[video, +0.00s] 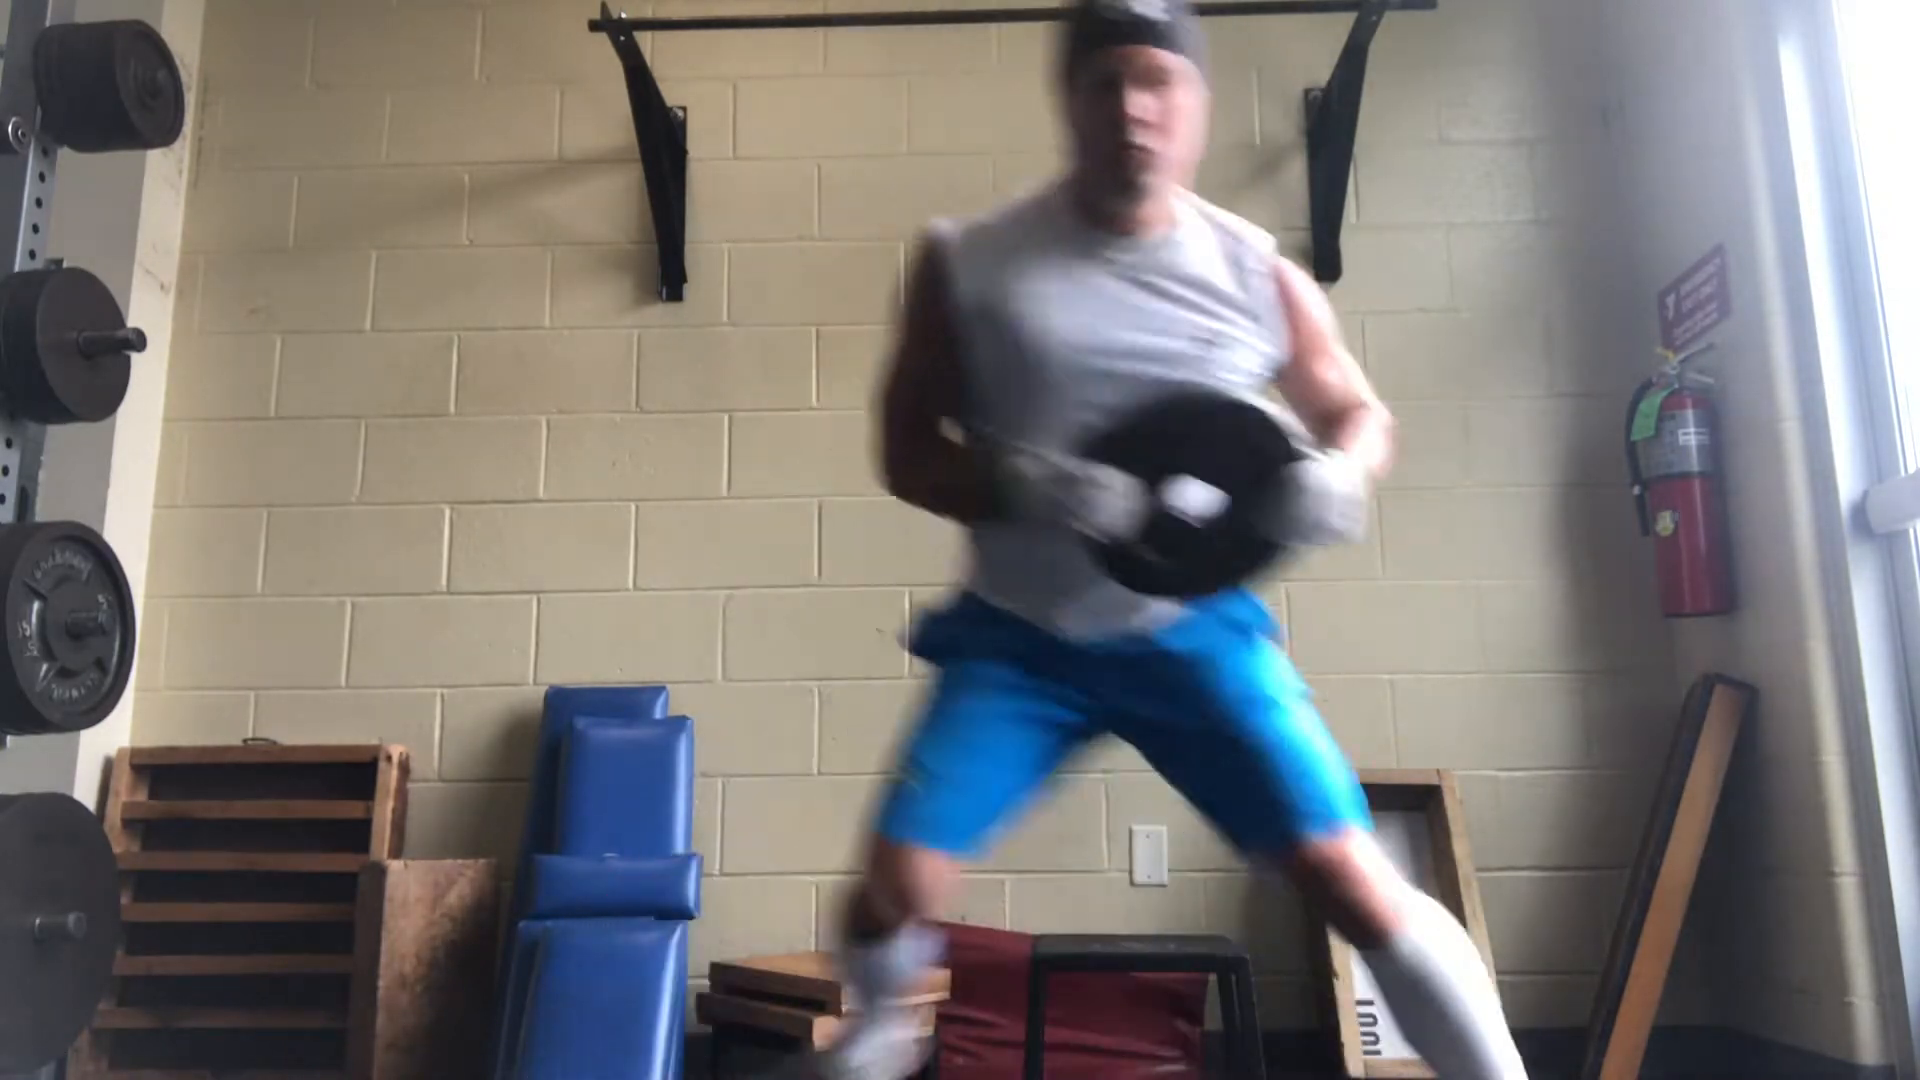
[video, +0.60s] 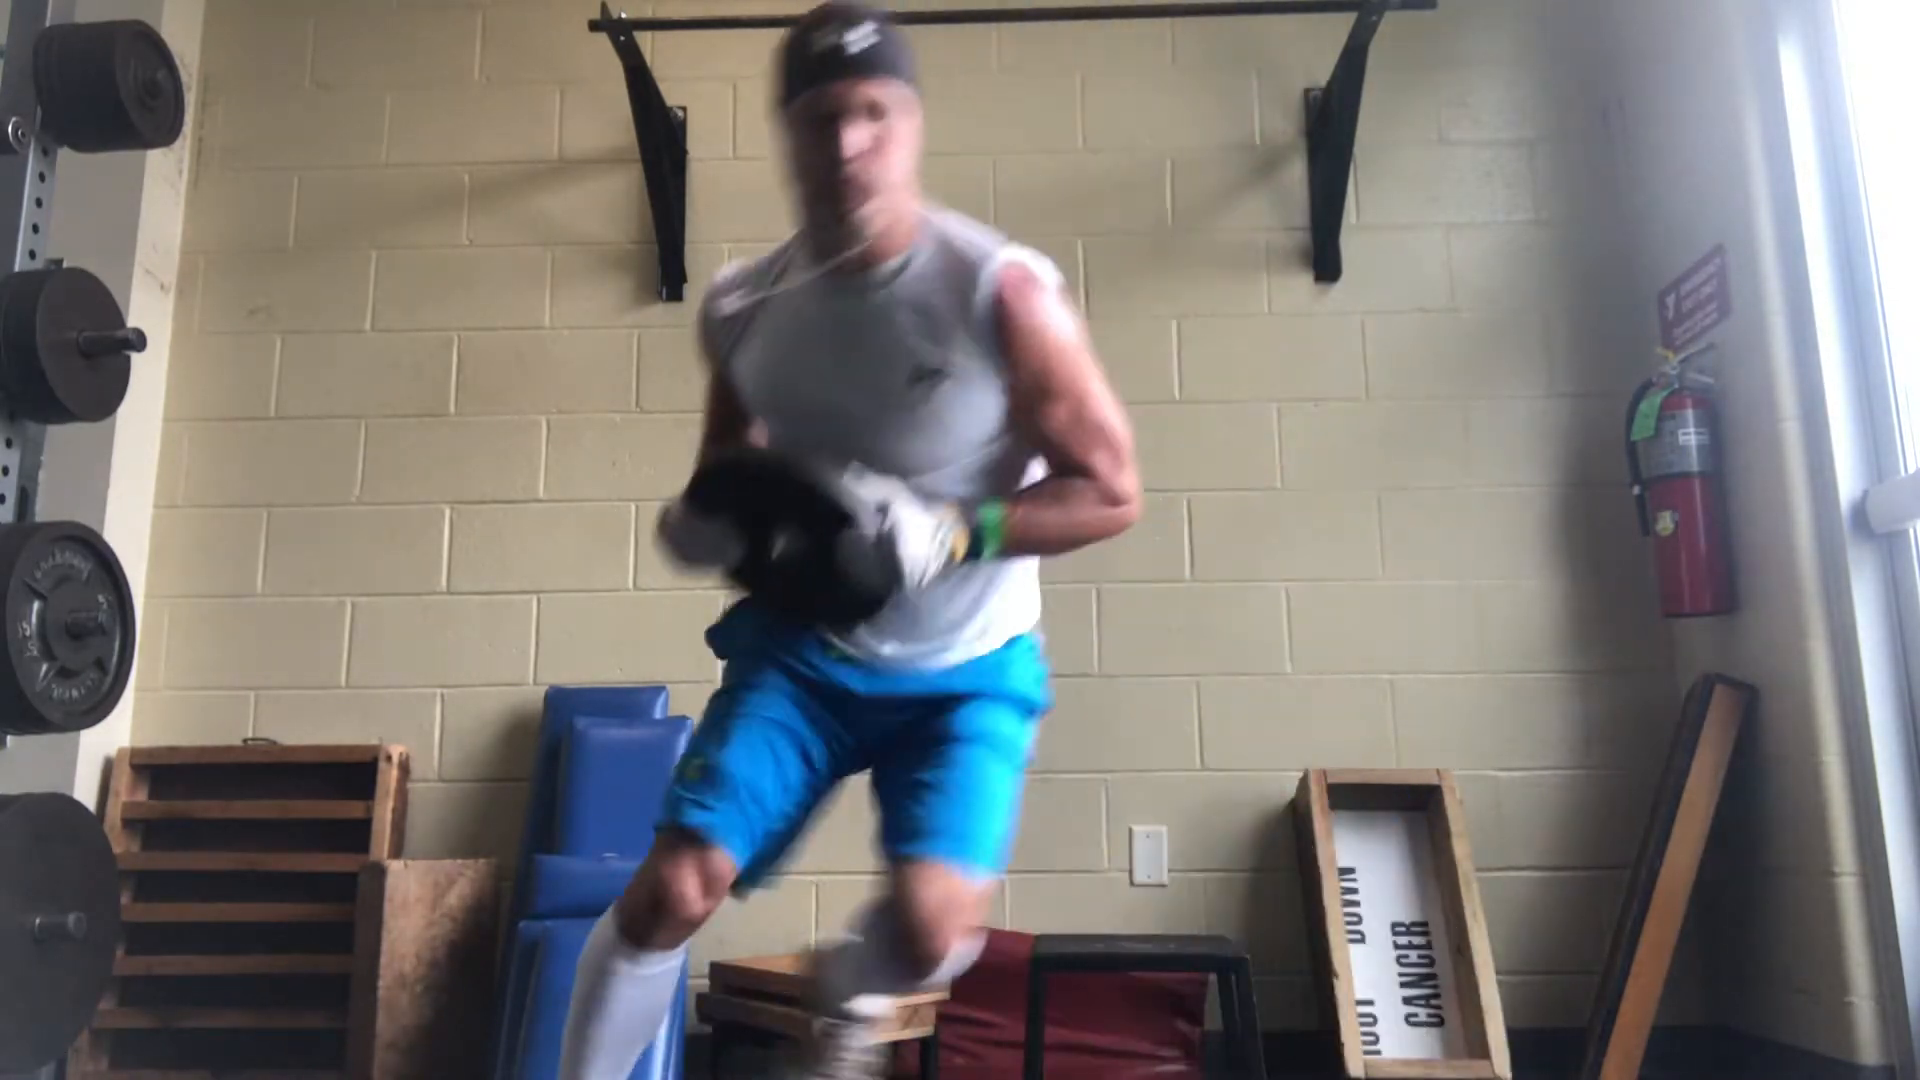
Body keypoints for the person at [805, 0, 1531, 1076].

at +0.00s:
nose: (1133, 111)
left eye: (1157, 83)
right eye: (1106, 84)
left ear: (1200, 105)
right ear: (1067, 104)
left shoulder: (1258, 275)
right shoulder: (966, 265)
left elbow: (1362, 418)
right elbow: (907, 455)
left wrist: (1340, 476)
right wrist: (1022, 485)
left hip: (1200, 643)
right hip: (1018, 644)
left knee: (1348, 878)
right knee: (897, 887)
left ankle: (1497, 1074)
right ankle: (884, 1036)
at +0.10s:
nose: (1242, 145)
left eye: (1267, 122)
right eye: (1214, 119)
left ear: (1300, 147)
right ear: (1168, 135)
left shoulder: (1347, 329)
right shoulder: (1053, 303)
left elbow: (1418, 469)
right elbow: (980, 499)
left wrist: (1422, 538)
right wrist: (1124, 557)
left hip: (1262, 668)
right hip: (1082, 678)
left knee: (1387, 878)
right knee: (1032, 956)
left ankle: (1515, 1074)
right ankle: (1094, 982)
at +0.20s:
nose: (1271, 150)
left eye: (1298, 126)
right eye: (1245, 121)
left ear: (1326, 154)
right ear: (1193, 137)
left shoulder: (1364, 332)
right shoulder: (1070, 297)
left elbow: (1433, 489)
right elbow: (982, 479)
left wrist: (1412, 551)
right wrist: (1087, 547)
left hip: (1281, 662)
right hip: (1091, 660)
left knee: (1403, 877)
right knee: (993, 898)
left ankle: (1520, 1074)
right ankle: (1068, 944)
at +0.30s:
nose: (1213, 113)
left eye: (1239, 89)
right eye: (1187, 85)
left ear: (1274, 117)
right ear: (1142, 100)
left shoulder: (1317, 285)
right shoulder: (1021, 258)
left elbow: (1384, 474)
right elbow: (935, 410)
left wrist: (1290, 502)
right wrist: (1007, 487)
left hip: (1226, 634)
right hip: (1042, 614)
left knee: (1365, 876)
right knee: (883, 775)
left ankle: (1505, 1076)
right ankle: (899, 916)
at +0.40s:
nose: (1105, 68)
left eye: (1131, 42)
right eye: (1080, 41)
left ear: (1169, 67)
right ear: (1039, 57)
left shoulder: (1214, 235)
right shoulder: (930, 201)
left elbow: (1285, 441)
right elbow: (857, 333)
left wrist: (1134, 453)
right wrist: (892, 415)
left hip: (1131, 592)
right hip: (951, 564)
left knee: (1253, 843)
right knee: (782, 741)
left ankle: (1403, 1065)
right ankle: (687, 990)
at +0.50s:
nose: (967, 80)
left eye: (992, 53)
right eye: (940, 54)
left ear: (1032, 67)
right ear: (904, 70)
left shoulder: (1104, 235)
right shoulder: (829, 232)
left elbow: (1185, 448)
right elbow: (774, 410)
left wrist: (1025, 465)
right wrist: (783, 435)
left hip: (1047, 593)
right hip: (875, 583)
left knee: (1109, 854)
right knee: (730, 840)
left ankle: (1110, 1061)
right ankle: (598, 1076)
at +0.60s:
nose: (849, 142)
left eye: (874, 115)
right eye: (824, 117)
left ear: (914, 126)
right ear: (788, 135)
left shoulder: (1004, 293)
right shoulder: (740, 311)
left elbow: (1111, 493)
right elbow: (722, 480)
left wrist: (953, 530)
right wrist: (710, 524)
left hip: (970, 673)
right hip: (800, 654)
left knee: (933, 930)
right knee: (674, 892)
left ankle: (832, 989)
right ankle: (589, 1074)